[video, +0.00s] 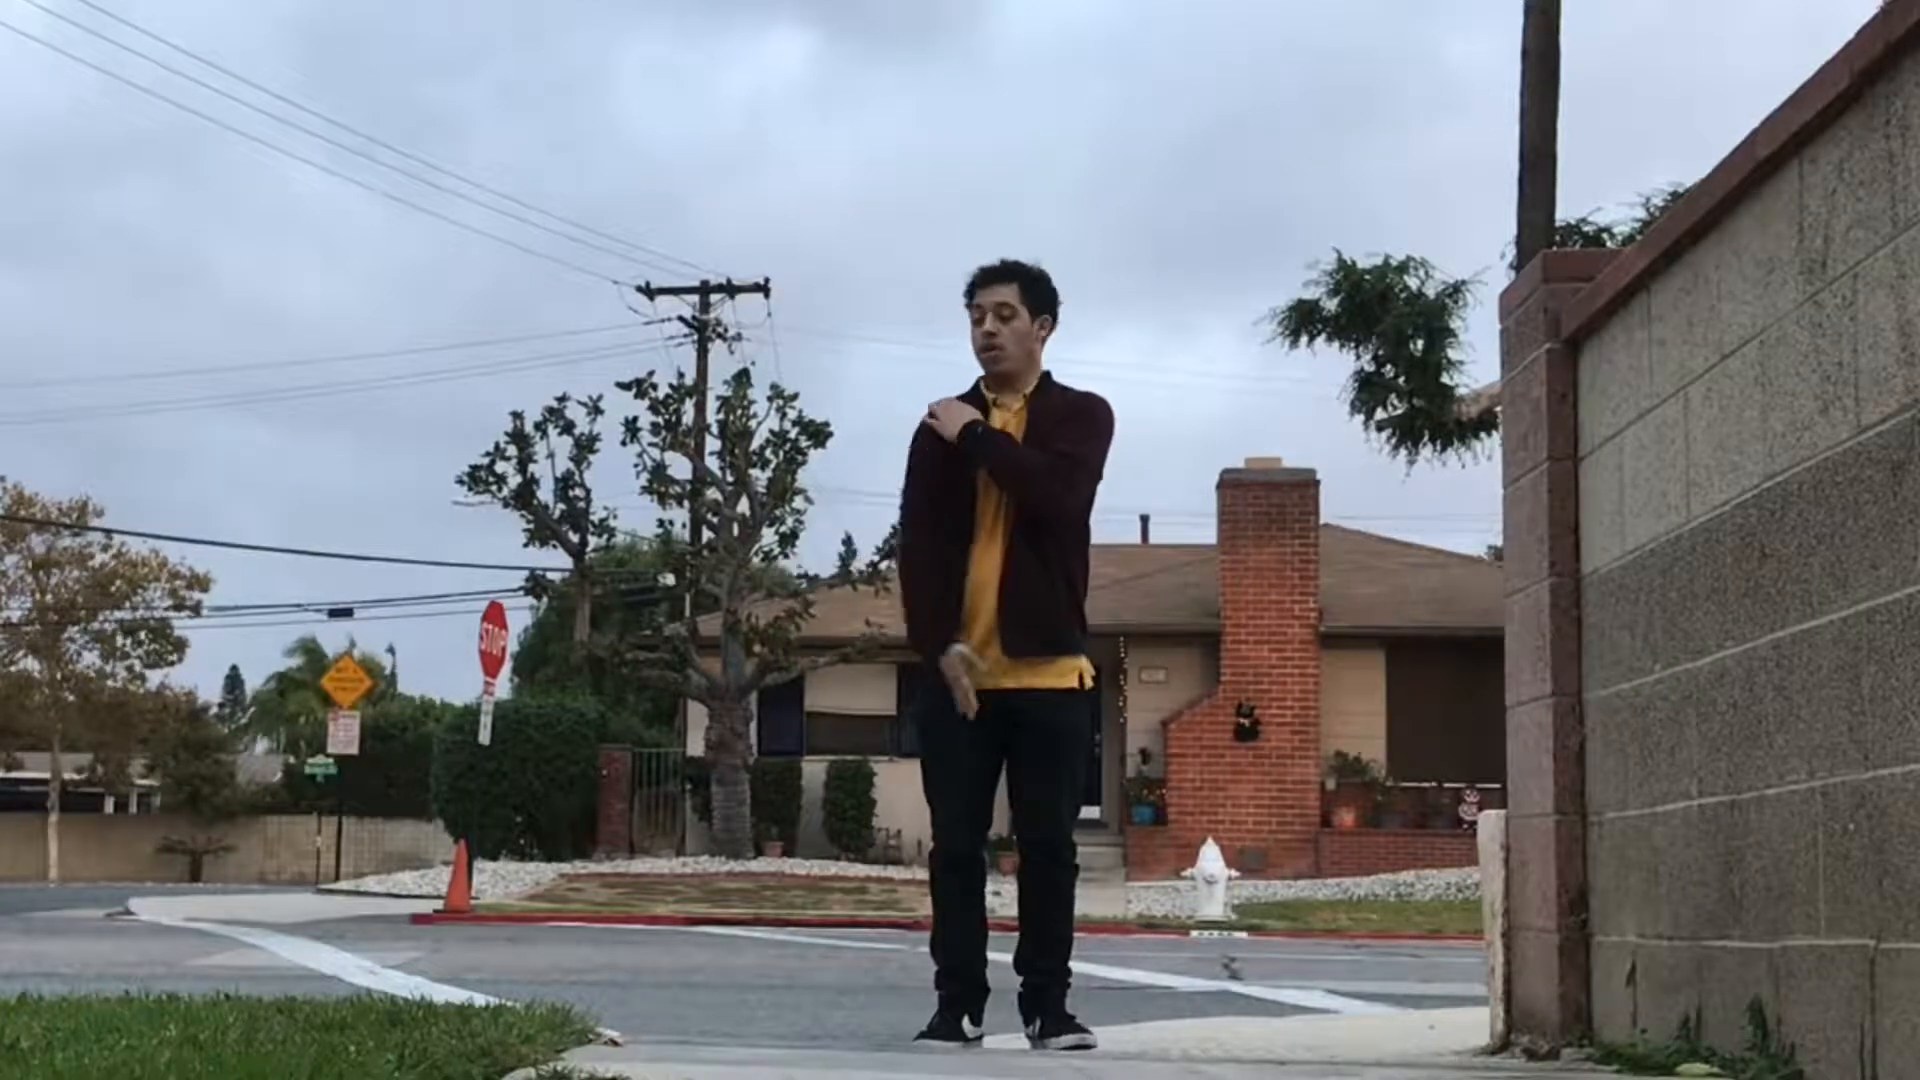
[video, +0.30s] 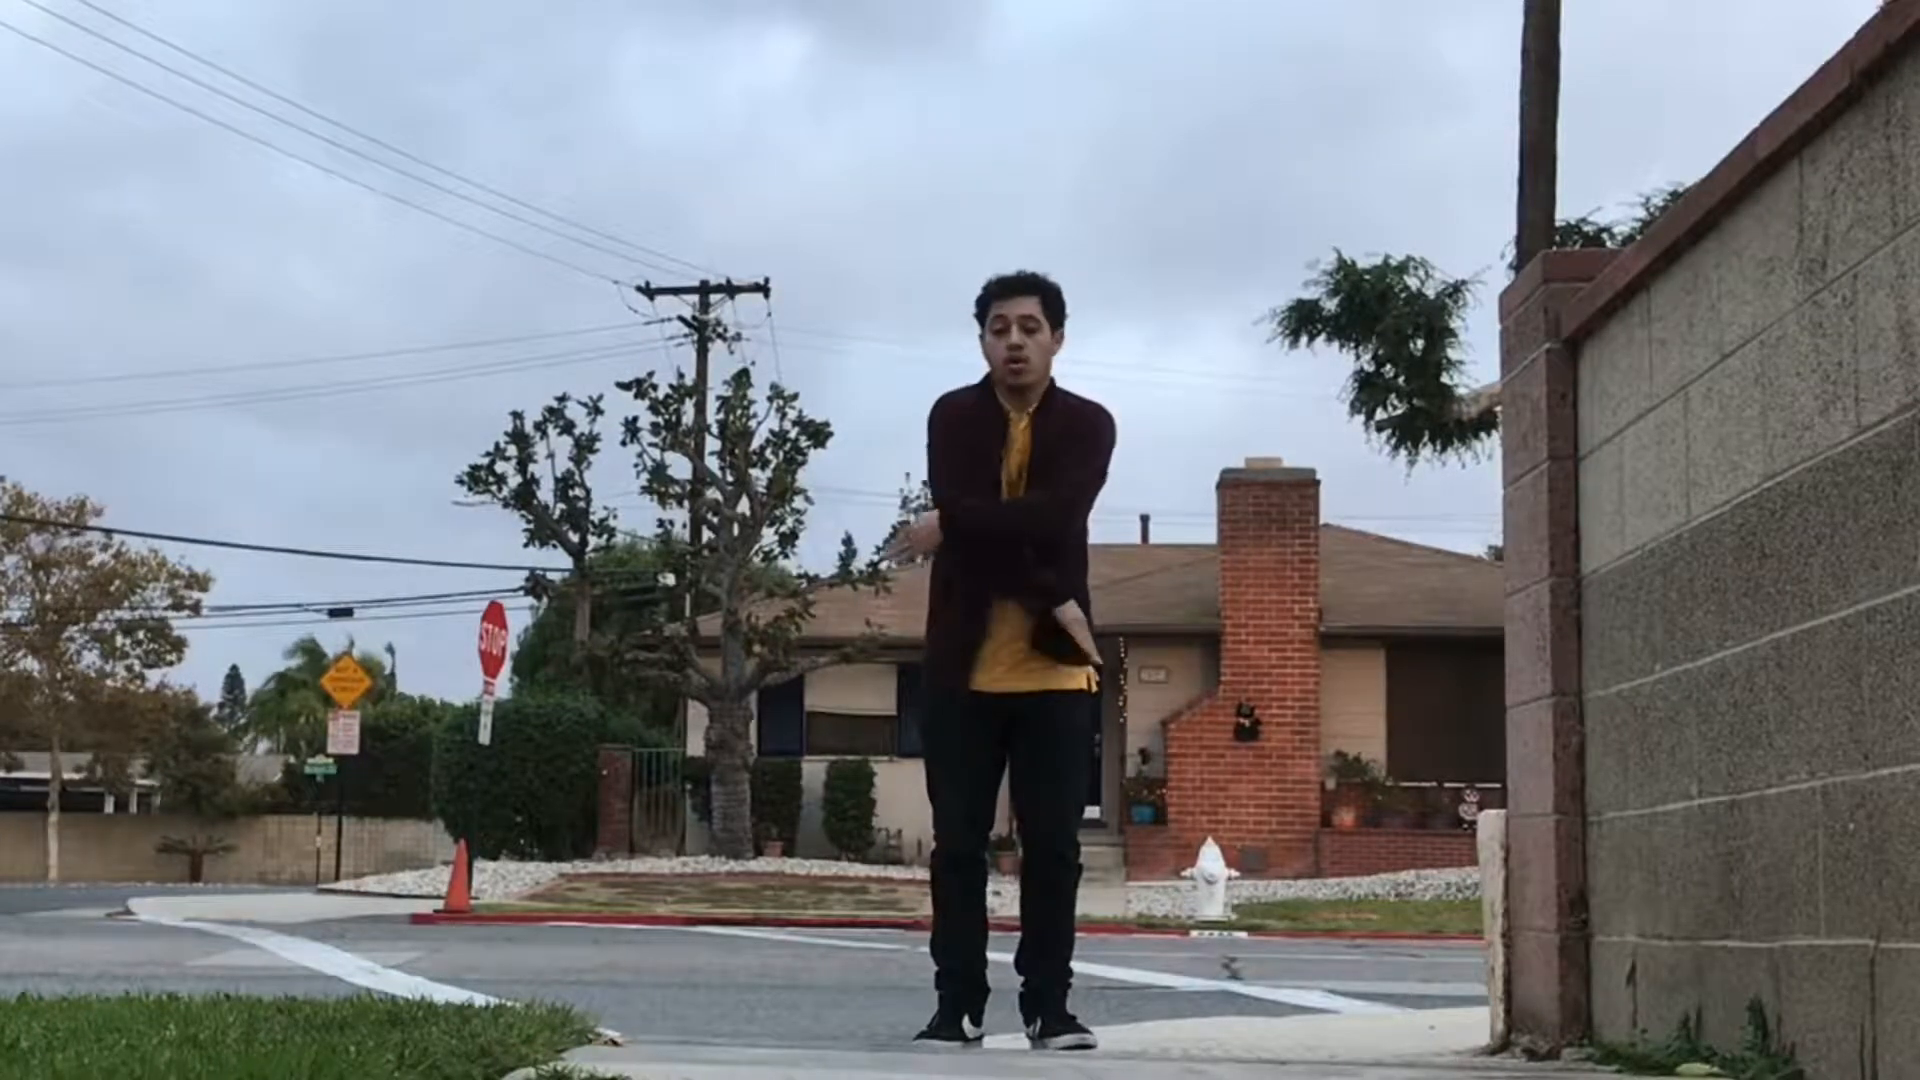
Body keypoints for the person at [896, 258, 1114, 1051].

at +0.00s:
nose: (988, 328)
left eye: (1004, 315)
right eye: (978, 317)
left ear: (1043, 327)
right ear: (969, 331)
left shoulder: (1083, 414)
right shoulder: (943, 425)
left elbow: (1060, 496)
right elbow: (920, 545)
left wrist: (973, 432)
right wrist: (937, 646)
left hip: (1048, 673)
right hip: (956, 673)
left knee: (1049, 848)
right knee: (956, 849)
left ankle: (1047, 1008)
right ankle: (957, 1009)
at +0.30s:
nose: (1015, 341)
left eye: (1030, 327)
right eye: (1000, 328)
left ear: (1057, 340)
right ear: (980, 340)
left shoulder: (1089, 424)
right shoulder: (952, 415)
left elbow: (1058, 515)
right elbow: (964, 530)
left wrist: (949, 522)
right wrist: (1052, 598)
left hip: (1056, 673)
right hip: (964, 671)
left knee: (1053, 849)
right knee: (958, 848)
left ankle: (1048, 1009)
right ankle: (957, 1008)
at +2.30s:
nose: (1000, 325)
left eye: (1013, 313)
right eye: (985, 314)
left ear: (1035, 327)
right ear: (962, 330)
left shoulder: (1067, 402)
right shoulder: (937, 408)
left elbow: (1050, 488)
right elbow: (963, 507)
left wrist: (951, 504)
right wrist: (1076, 532)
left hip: (1054, 668)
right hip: (961, 667)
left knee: (1052, 848)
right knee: (959, 846)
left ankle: (1047, 1008)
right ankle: (959, 1009)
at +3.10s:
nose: (1010, 326)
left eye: (1025, 313)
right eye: (996, 313)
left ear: (1048, 328)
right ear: (976, 328)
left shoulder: (1086, 418)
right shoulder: (941, 418)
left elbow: (1079, 518)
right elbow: (940, 521)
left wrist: (1022, 582)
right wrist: (987, 589)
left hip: (1058, 675)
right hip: (960, 672)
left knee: (1061, 848)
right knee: (956, 847)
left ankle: (1054, 1008)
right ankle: (958, 1010)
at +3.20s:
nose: (1011, 319)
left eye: (1025, 308)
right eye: (997, 308)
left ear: (1049, 325)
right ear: (975, 325)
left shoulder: (1087, 420)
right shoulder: (937, 424)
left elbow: (1111, 528)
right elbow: (908, 527)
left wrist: (1129, 620)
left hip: (1061, 673)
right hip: (962, 676)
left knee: (1058, 849)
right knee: (958, 848)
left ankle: (1055, 1010)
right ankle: (958, 1010)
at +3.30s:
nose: (1009, 320)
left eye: (1024, 308)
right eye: (995, 308)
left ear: (1047, 324)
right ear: (975, 324)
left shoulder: (1089, 416)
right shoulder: (932, 417)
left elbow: (1177, 487)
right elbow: (836, 474)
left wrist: (1276, 533)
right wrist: (747, 520)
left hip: (1061, 674)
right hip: (962, 674)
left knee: (1059, 850)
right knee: (960, 849)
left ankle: (1058, 1012)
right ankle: (959, 1013)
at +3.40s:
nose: (1008, 319)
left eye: (1023, 307)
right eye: (995, 307)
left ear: (1048, 323)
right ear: (972, 321)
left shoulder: (1094, 407)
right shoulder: (923, 409)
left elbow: (1210, 420)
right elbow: (818, 416)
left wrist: (1322, 393)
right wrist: (725, 392)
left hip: (1060, 670)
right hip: (958, 668)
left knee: (1058, 846)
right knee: (961, 842)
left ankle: (1055, 1013)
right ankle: (960, 1012)